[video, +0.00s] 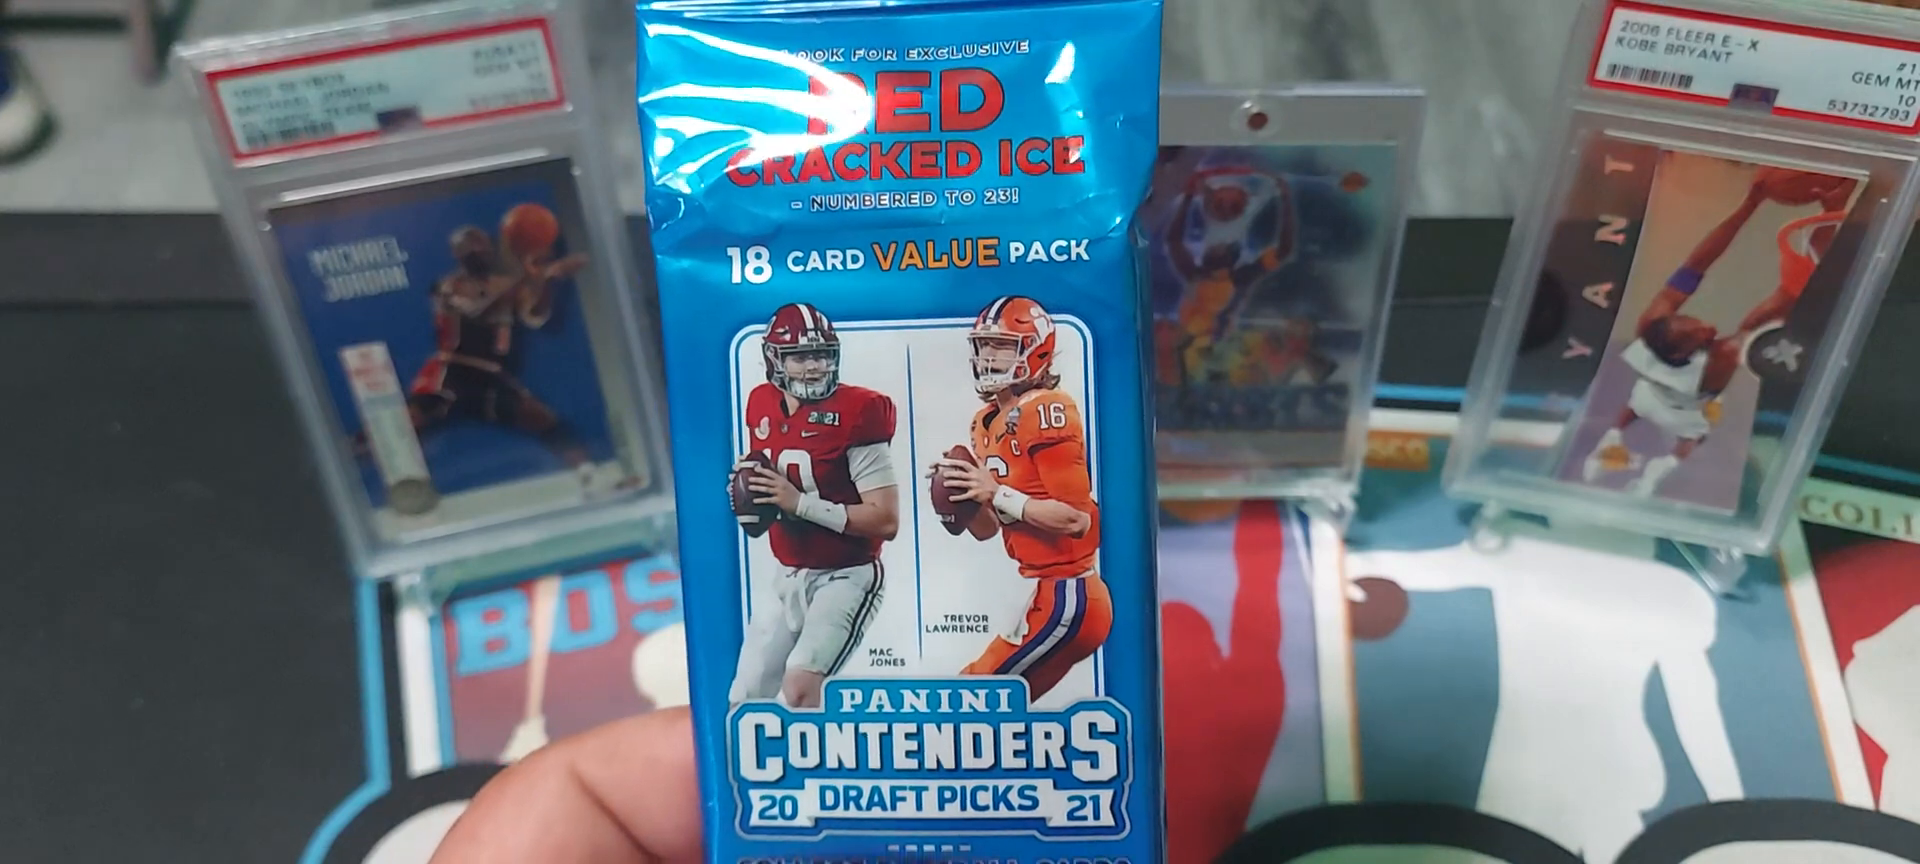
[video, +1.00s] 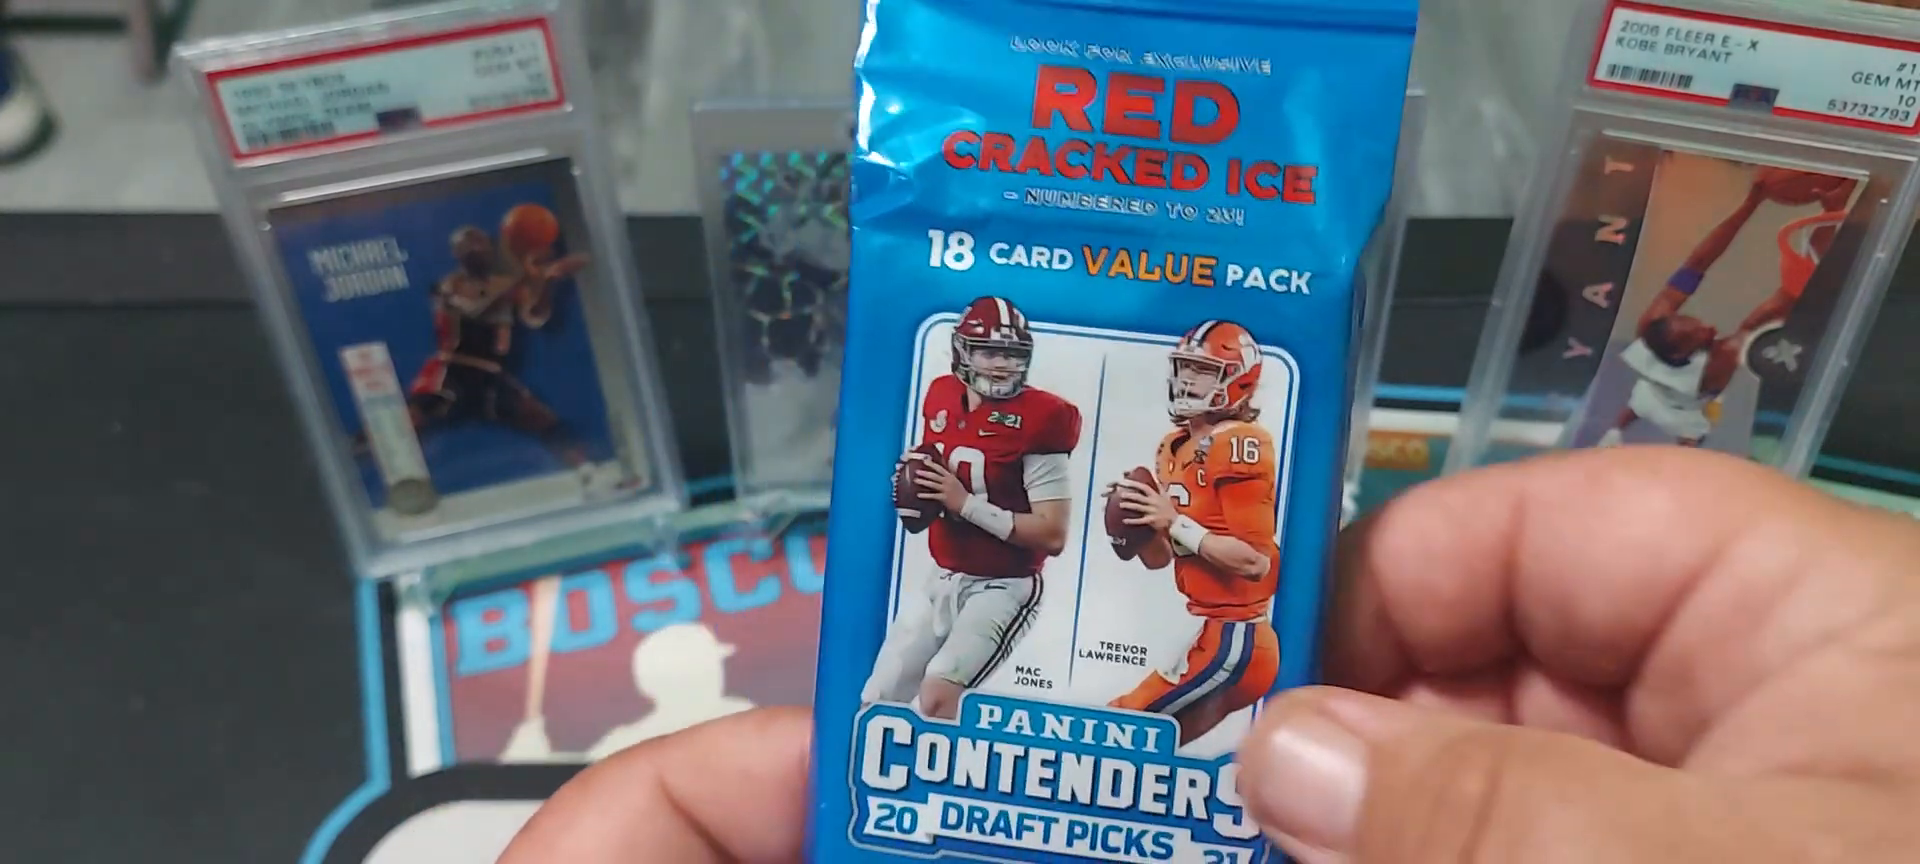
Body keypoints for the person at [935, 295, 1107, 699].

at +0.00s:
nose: (988, 359)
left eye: (1002, 348)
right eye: (983, 347)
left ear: (1034, 353)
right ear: (974, 350)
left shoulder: (1046, 410)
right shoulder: (985, 422)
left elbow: (1074, 517)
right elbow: (984, 528)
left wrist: (996, 492)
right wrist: (957, 491)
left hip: (1067, 597)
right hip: (1050, 594)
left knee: (964, 702)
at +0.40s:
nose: (1033, 381)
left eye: (1049, 369)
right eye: (1028, 367)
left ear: (1083, 378)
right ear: (1018, 371)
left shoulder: (1095, 435)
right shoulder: (1032, 447)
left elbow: (1124, 551)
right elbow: (1029, 558)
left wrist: (1041, 523)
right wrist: (999, 528)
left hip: (1115, 633)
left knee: (1012, 739)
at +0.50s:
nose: (1087, 412)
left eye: (1103, 399)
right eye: (1082, 398)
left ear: (1139, 409)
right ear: (1074, 401)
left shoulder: (1151, 468)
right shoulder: (1086, 479)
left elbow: (1180, 587)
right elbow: (1081, 592)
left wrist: (1093, 556)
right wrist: (1050, 563)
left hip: (1169, 672)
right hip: (1145, 668)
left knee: (1057, 778)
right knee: (1073, 788)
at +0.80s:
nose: (1142, 409)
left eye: (1158, 398)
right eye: (1139, 397)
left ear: (1194, 406)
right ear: (1130, 400)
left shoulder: (1203, 468)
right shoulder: (1134, 474)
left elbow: (1222, 584)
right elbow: (1126, 588)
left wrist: (1140, 551)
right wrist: (1097, 555)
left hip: (1210, 669)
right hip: (1186, 664)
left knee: (1093, 768)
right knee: (1108, 779)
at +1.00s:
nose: (1187, 383)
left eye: (1203, 373)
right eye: (1184, 369)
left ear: (1238, 382)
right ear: (1173, 370)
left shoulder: (1242, 443)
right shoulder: (1173, 445)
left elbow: (1253, 559)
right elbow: (1158, 558)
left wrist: (1173, 522)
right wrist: (1135, 522)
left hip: (1236, 642)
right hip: (1213, 637)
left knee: (1112, 735)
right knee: (1129, 746)